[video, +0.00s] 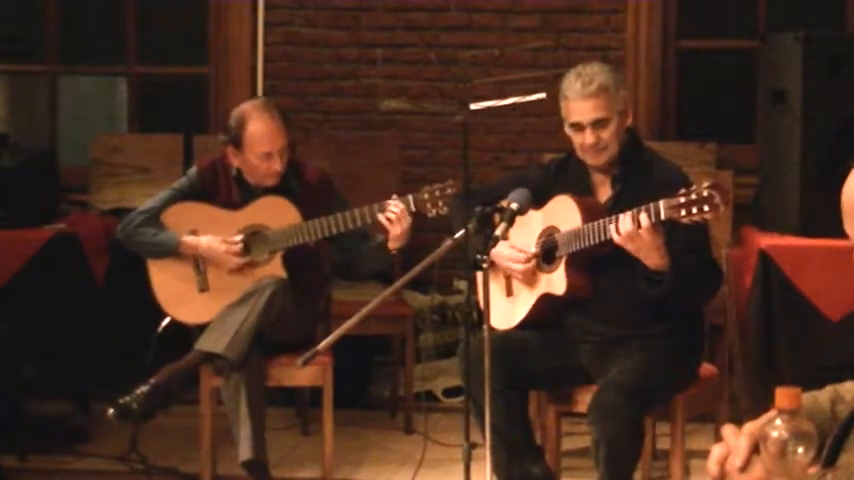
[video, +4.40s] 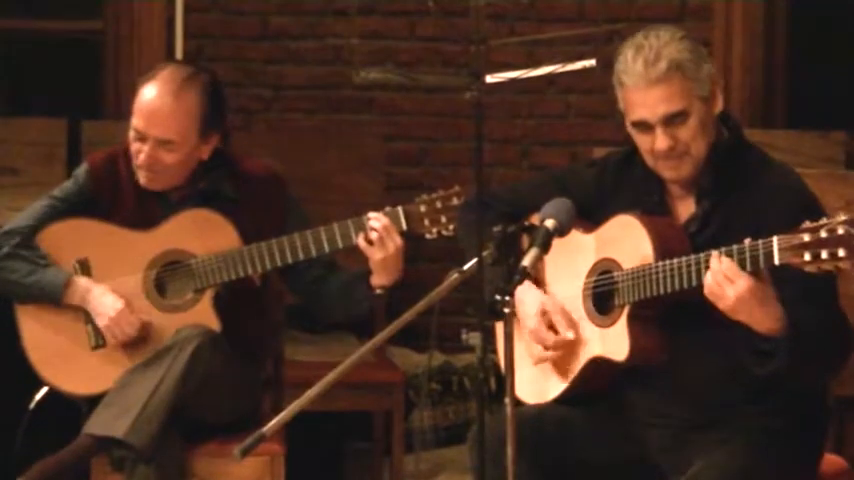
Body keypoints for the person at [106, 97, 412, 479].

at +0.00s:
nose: (277, 166)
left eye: (282, 153)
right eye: (265, 157)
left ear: (289, 142)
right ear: (234, 155)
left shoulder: (309, 183)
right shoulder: (210, 178)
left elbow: (348, 258)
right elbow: (131, 230)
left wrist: (389, 247)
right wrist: (195, 246)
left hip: (296, 315)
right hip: (228, 309)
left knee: (271, 288)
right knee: (244, 352)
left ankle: (168, 380)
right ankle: (255, 468)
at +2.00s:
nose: (270, 158)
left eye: (275, 146)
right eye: (257, 148)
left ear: (283, 139)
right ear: (223, 145)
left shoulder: (304, 188)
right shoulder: (192, 177)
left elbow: (331, 280)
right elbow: (105, 233)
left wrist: (362, 270)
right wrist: (177, 250)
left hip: (284, 331)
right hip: (208, 325)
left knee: (252, 300)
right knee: (225, 368)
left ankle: (143, 409)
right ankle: (232, 476)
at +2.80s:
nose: (233, 138)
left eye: (238, 123)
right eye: (216, 126)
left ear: (247, 120)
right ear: (178, 131)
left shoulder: (276, 189)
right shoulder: (147, 177)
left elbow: (302, 306)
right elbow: (45, 243)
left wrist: (324, 287)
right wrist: (136, 264)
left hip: (257, 361)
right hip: (166, 356)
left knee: (223, 324)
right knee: (188, 424)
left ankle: (92, 443)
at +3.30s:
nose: (170, 143)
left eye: (188, 130)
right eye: (160, 126)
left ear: (225, 132)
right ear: (150, 120)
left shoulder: (268, 190)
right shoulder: (130, 177)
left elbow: (292, 311)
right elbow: (30, 249)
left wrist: (316, 289)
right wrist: (120, 276)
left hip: (243, 366)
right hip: (148, 356)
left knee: (213, 330)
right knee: (176, 427)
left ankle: (97, 442)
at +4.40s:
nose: (142, 155)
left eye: (163, 145)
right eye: (136, 136)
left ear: (207, 147)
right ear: (129, 120)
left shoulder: (255, 192)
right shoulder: (105, 177)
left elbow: (315, 301)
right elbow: (5, 253)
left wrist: (379, 282)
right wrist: (86, 294)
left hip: (227, 385)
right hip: (113, 373)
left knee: (194, 345)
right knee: (149, 445)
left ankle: (70, 459)